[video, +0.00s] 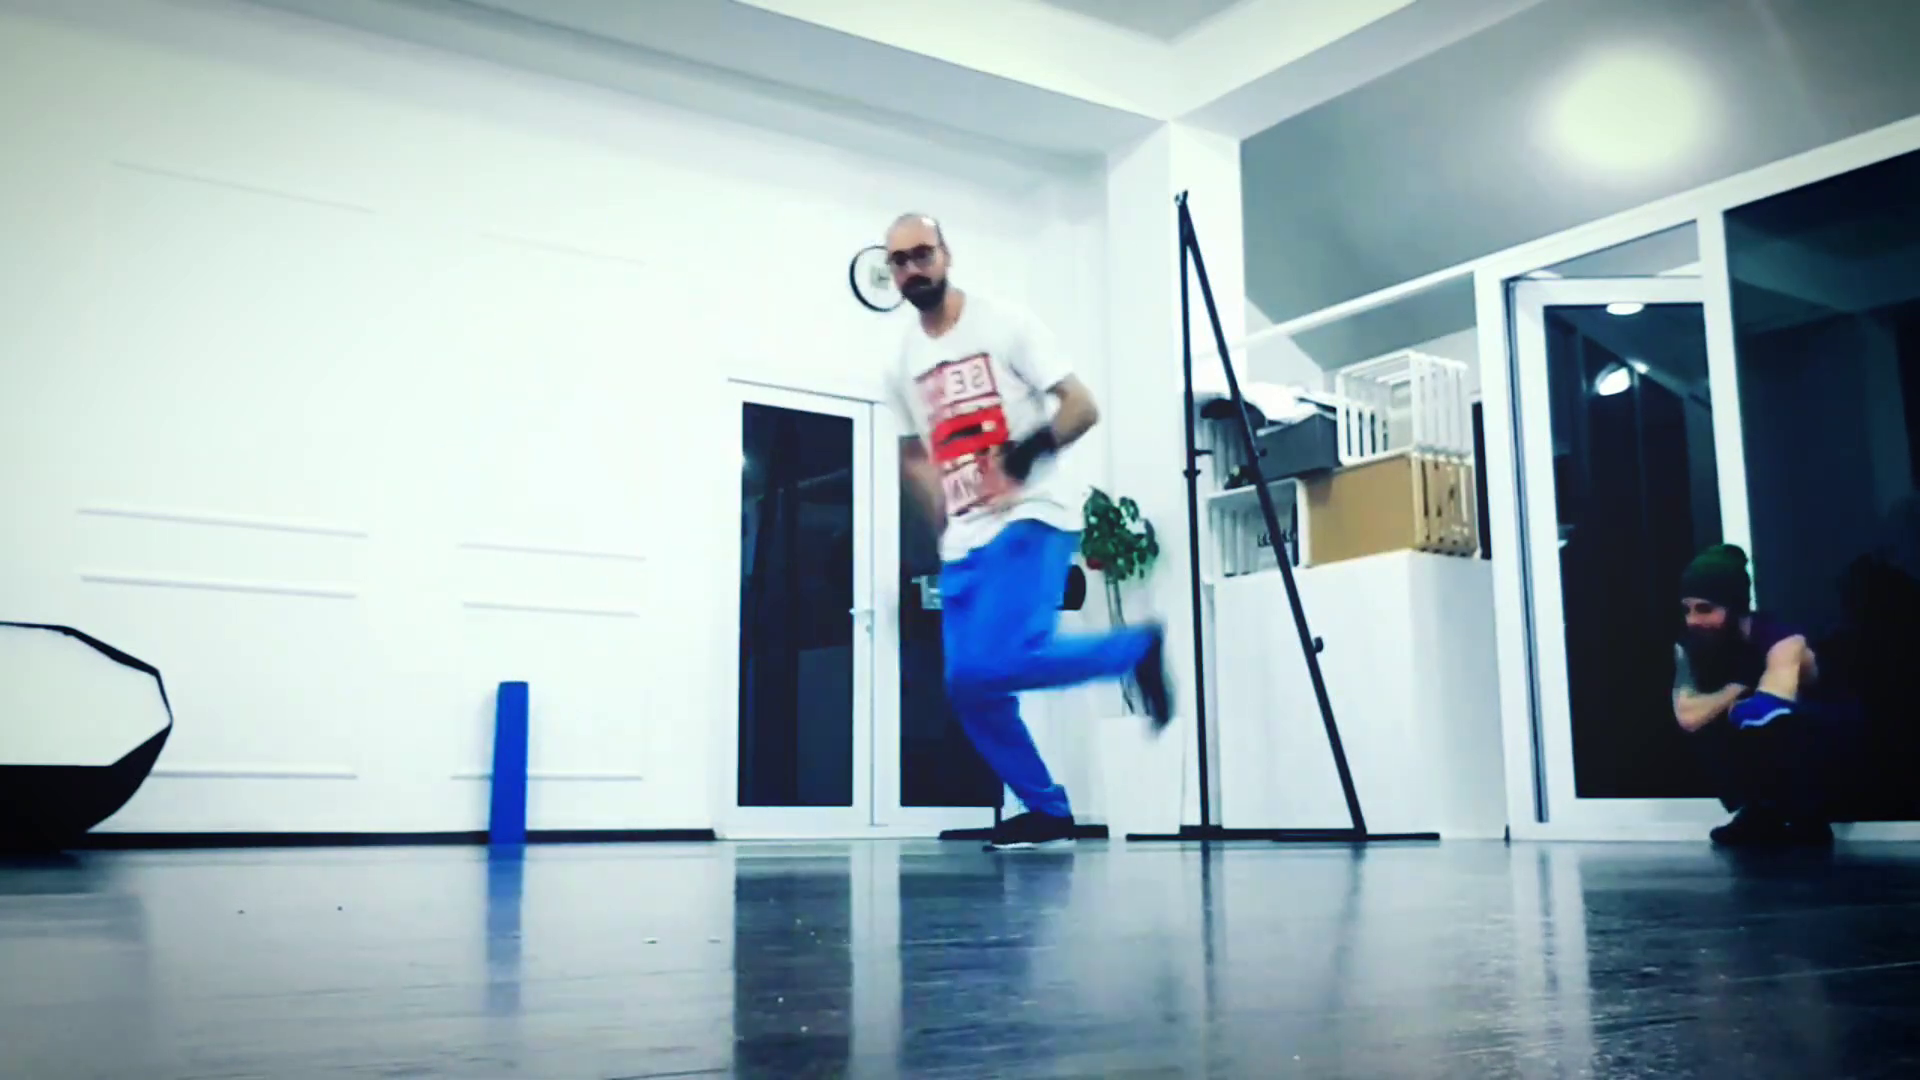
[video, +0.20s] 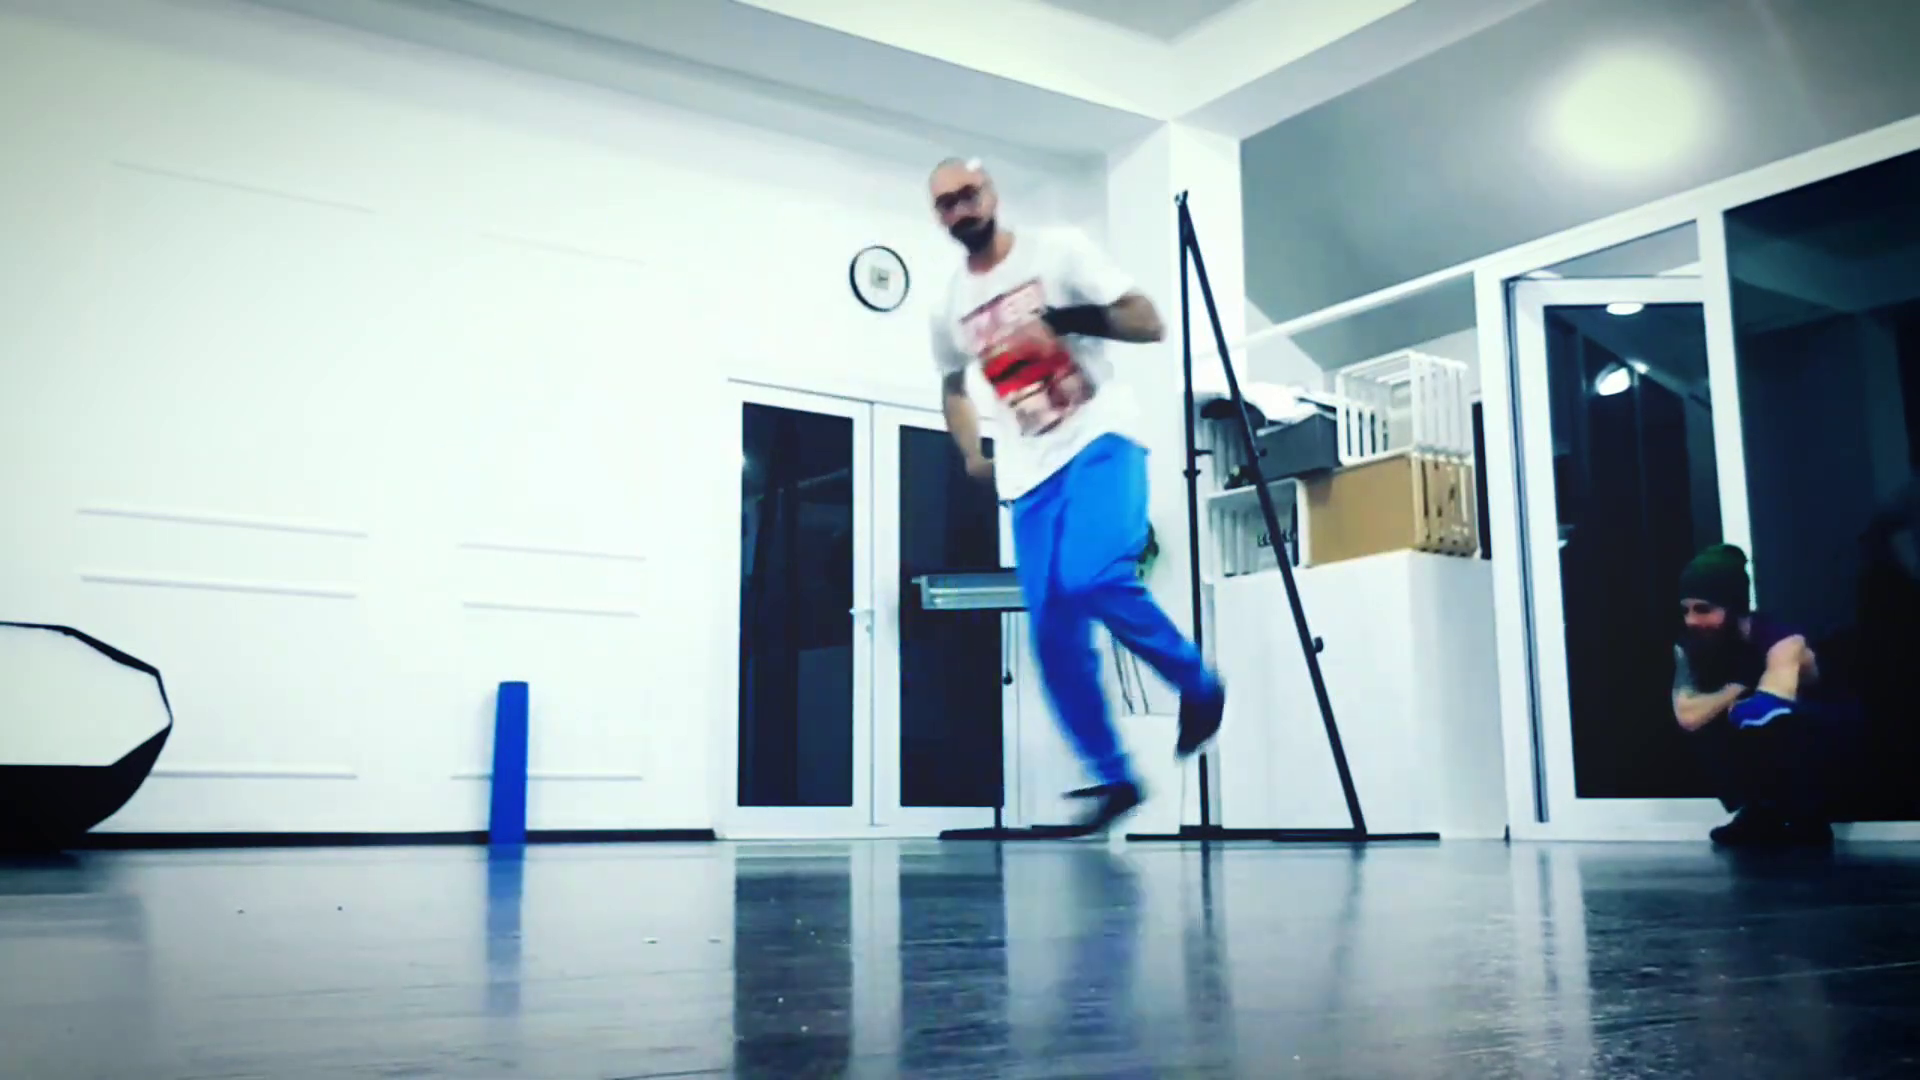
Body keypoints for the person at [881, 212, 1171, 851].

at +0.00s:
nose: (912, 269)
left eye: (921, 254)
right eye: (899, 261)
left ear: (947, 258)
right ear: (889, 274)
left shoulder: (1002, 323)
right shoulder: (903, 359)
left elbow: (1081, 405)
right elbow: (915, 456)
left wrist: (1032, 446)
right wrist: (939, 538)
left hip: (1031, 515)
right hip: (964, 536)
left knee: (997, 657)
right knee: (968, 681)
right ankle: (1047, 809)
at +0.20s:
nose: (961, 210)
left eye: (969, 194)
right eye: (946, 203)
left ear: (993, 193)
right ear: (936, 215)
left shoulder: (1057, 250)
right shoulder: (948, 304)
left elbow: (1151, 323)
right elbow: (954, 386)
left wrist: (1071, 321)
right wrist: (972, 455)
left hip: (1099, 443)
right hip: (1029, 475)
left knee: (1091, 578)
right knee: (1051, 627)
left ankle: (1198, 683)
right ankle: (1115, 779)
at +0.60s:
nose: (1114, 181)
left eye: (1127, 169)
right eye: (1100, 168)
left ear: (1144, 182)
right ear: (1077, 181)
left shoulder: (1181, 283)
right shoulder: (1037, 264)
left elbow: (1205, 402)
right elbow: (1023, 371)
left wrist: (1228, 501)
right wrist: (1079, 334)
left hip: (1153, 481)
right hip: (1059, 493)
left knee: (1140, 627)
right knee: (1034, 655)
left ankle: (1188, 805)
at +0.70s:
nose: (1128, 159)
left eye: (1142, 146)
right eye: (1114, 145)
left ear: (1161, 161)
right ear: (1091, 159)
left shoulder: (1186, 272)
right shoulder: (1045, 242)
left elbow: (1195, 392)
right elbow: (1031, 353)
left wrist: (1206, 495)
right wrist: (1070, 402)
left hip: (1145, 477)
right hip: (1051, 474)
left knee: (1140, 628)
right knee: (1028, 601)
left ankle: (1182, 803)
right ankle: (955, 786)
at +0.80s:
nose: (1132, 124)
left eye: (1149, 113)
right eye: (1120, 110)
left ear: (1167, 127)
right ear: (1096, 121)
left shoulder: (1179, 231)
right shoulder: (1043, 201)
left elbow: (1188, 354)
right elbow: (999, 321)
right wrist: (960, 430)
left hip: (1133, 441)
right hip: (1038, 429)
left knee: (1122, 600)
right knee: (1041, 583)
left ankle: (1098, 777)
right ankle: (1039, 775)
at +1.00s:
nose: (1110, 120)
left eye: (1126, 110)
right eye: (1097, 105)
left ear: (1144, 127)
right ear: (1073, 113)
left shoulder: (1132, 224)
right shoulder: (1019, 187)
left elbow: (1140, 357)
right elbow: (876, 252)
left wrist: (1136, 260)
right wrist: (838, 371)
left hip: (1080, 438)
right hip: (1014, 424)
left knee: (1090, 623)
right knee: (1109, 578)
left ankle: (918, 752)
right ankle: (1113, 797)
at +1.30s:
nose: (1035, 88)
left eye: (1048, 74)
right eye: (1018, 74)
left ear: (1067, 86)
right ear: (990, 84)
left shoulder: (1073, 217)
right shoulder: (935, 154)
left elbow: (1033, 333)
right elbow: (855, 258)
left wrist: (1057, 408)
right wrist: (965, 208)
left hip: (998, 416)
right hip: (907, 377)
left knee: (1020, 594)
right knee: (960, 516)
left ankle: (893, 767)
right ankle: (793, 622)